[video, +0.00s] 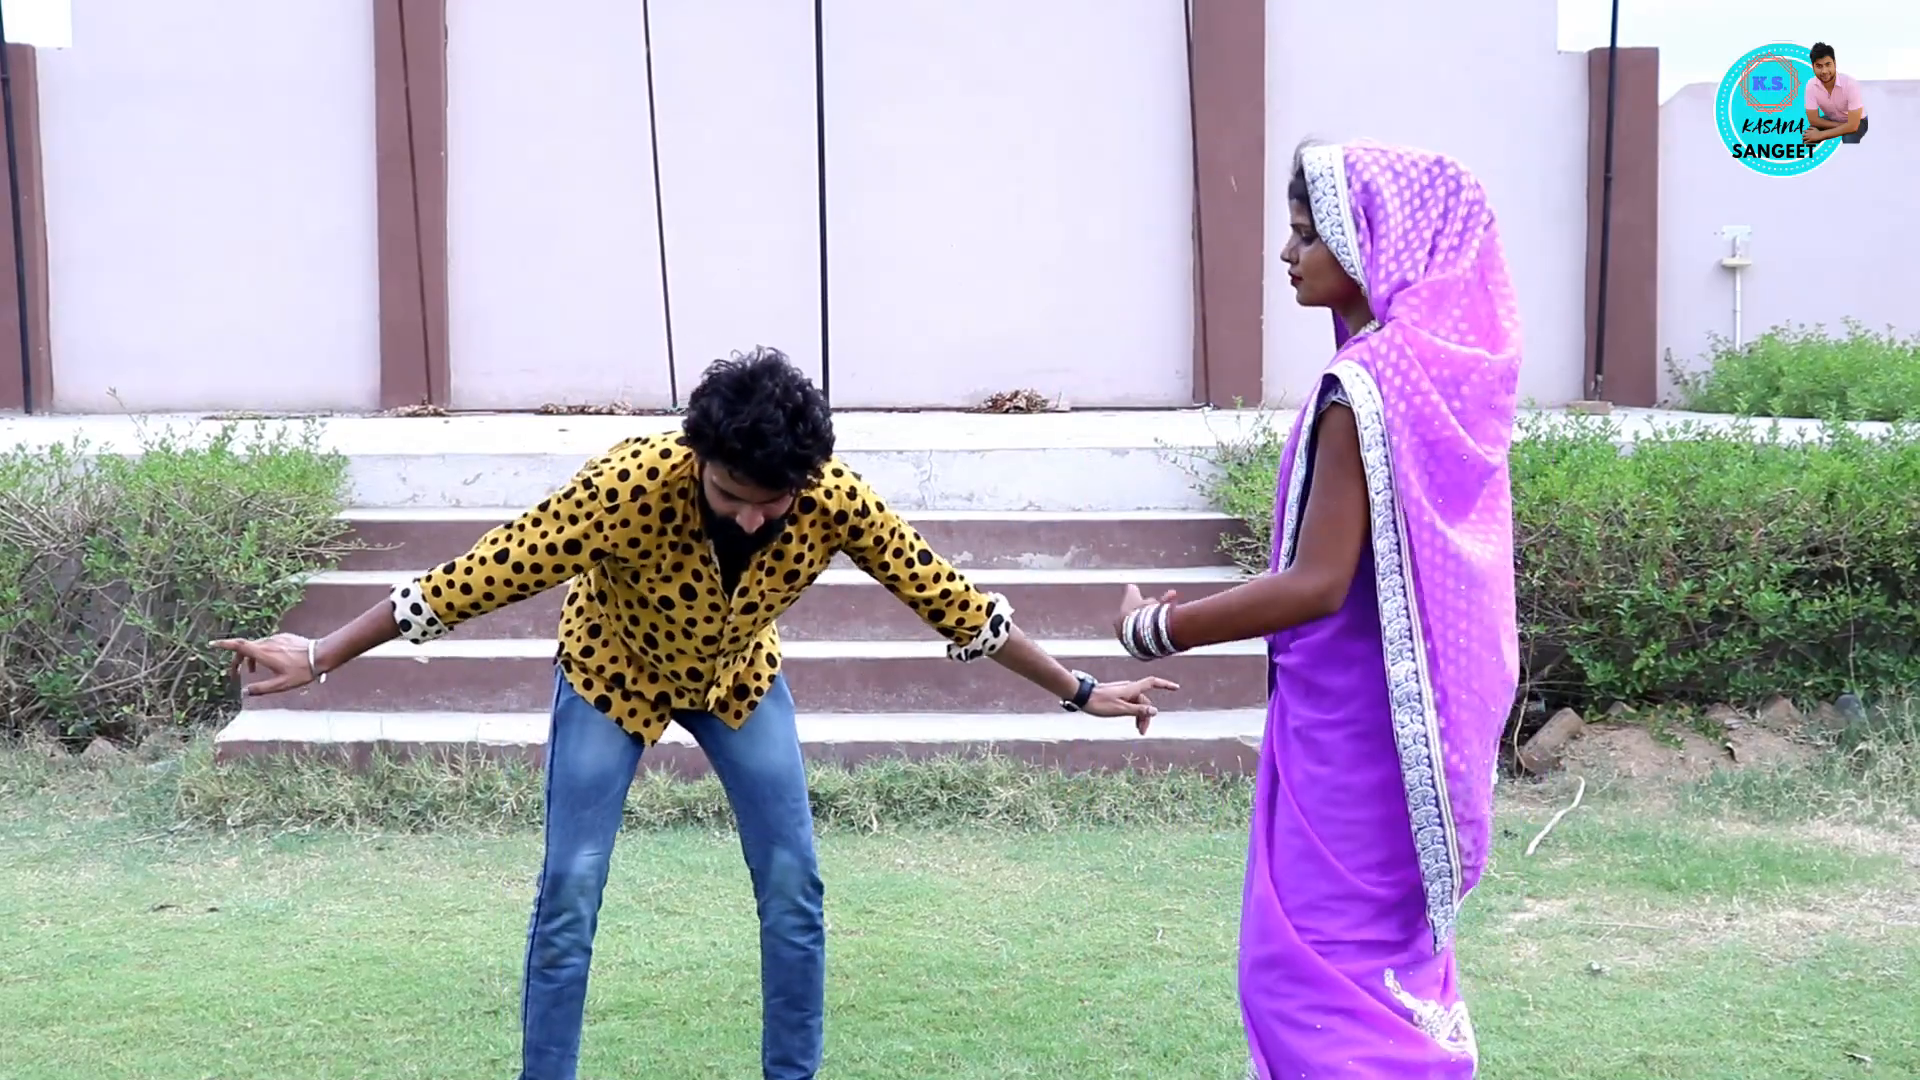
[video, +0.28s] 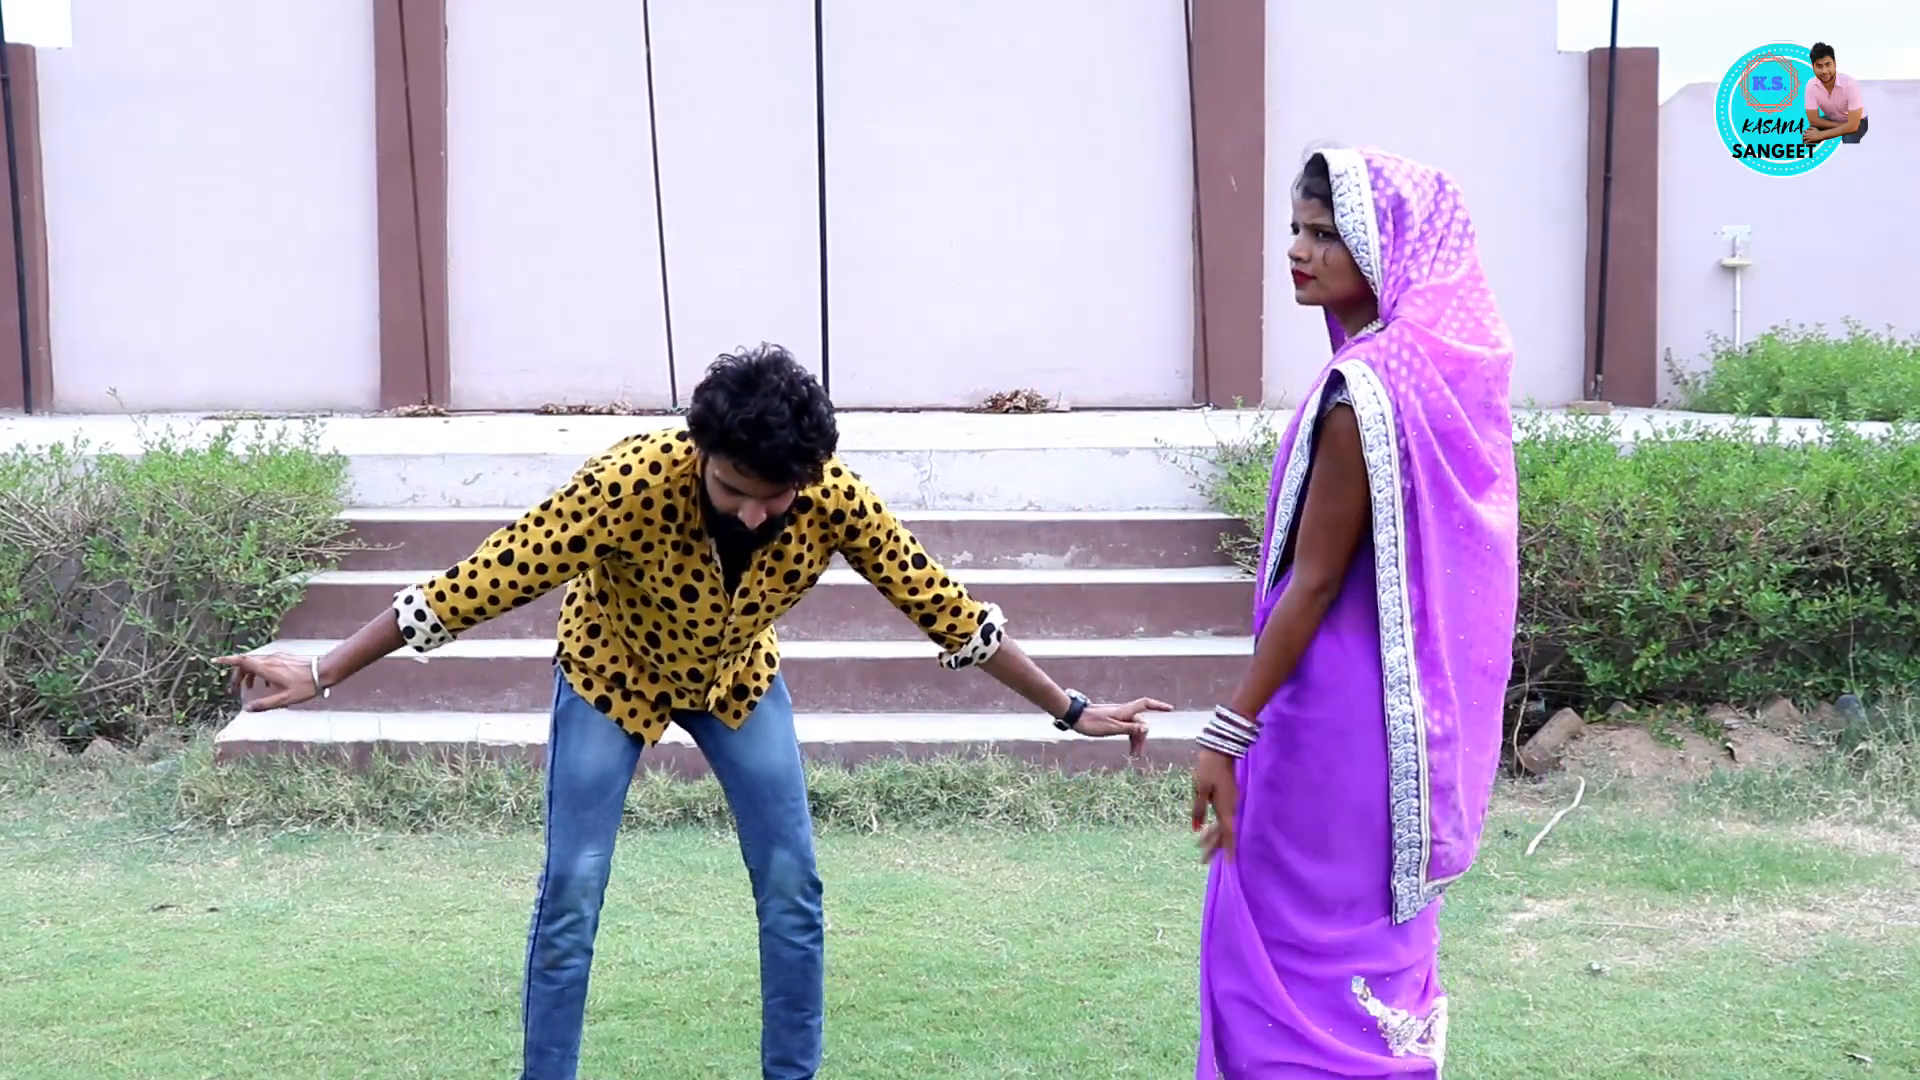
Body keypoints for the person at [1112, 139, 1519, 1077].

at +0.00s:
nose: (1288, 253)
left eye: (1306, 233)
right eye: (1292, 231)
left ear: (1371, 246)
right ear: (1381, 249)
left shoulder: (1359, 386)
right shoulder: (1450, 368)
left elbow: (1319, 583)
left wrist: (1174, 623)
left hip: (1348, 723)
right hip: (1420, 714)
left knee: (1297, 972)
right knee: (1394, 954)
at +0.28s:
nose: (1298, 253)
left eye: (1322, 235)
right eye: (1297, 232)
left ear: (1389, 252)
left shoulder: (1359, 388)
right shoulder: (1444, 368)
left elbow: (1313, 584)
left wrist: (1228, 732)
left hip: (1334, 725)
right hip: (1411, 717)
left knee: (1272, 966)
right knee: (1385, 958)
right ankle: (1390, 1062)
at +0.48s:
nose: (1273, 241)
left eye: (1297, 227)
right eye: (1274, 222)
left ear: (1361, 247)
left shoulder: (1337, 381)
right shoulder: (1404, 360)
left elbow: (1352, 581)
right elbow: (1386, 579)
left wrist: (1316, 754)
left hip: (1312, 742)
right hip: (1376, 738)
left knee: (1277, 1006)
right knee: (1359, 997)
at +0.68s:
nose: (1261, 246)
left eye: (1288, 232)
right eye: (1259, 226)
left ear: (1351, 252)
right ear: (1256, 230)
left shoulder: (1324, 374)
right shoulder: (1365, 360)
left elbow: (1350, 562)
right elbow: (1373, 557)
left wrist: (1337, 739)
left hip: (1290, 710)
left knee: (1262, 967)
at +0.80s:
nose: (1266, 246)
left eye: (1293, 230)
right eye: (1261, 226)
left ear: (1353, 249)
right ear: (1256, 231)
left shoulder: (1325, 367)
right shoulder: (1354, 354)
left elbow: (1349, 532)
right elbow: (1340, 532)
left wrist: (1344, 697)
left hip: (1286, 695)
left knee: (1282, 954)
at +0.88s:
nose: (1271, 249)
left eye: (1298, 234)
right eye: (1265, 230)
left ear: (1355, 253)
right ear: (1256, 235)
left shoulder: (1325, 367)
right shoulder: (1351, 357)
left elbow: (1353, 514)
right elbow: (1341, 522)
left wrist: (1351, 655)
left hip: (1291, 691)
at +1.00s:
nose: (1273, 264)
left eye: (1298, 248)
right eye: (1266, 245)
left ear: (1355, 264)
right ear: (1257, 248)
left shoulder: (1332, 375)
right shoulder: (1375, 357)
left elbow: (1352, 507)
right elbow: (1306, 385)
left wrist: (1359, 619)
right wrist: (1243, 336)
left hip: (1294, 704)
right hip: (1348, 700)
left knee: (1198, 919)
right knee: (1324, 925)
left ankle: (1224, 1066)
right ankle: (1338, 1058)